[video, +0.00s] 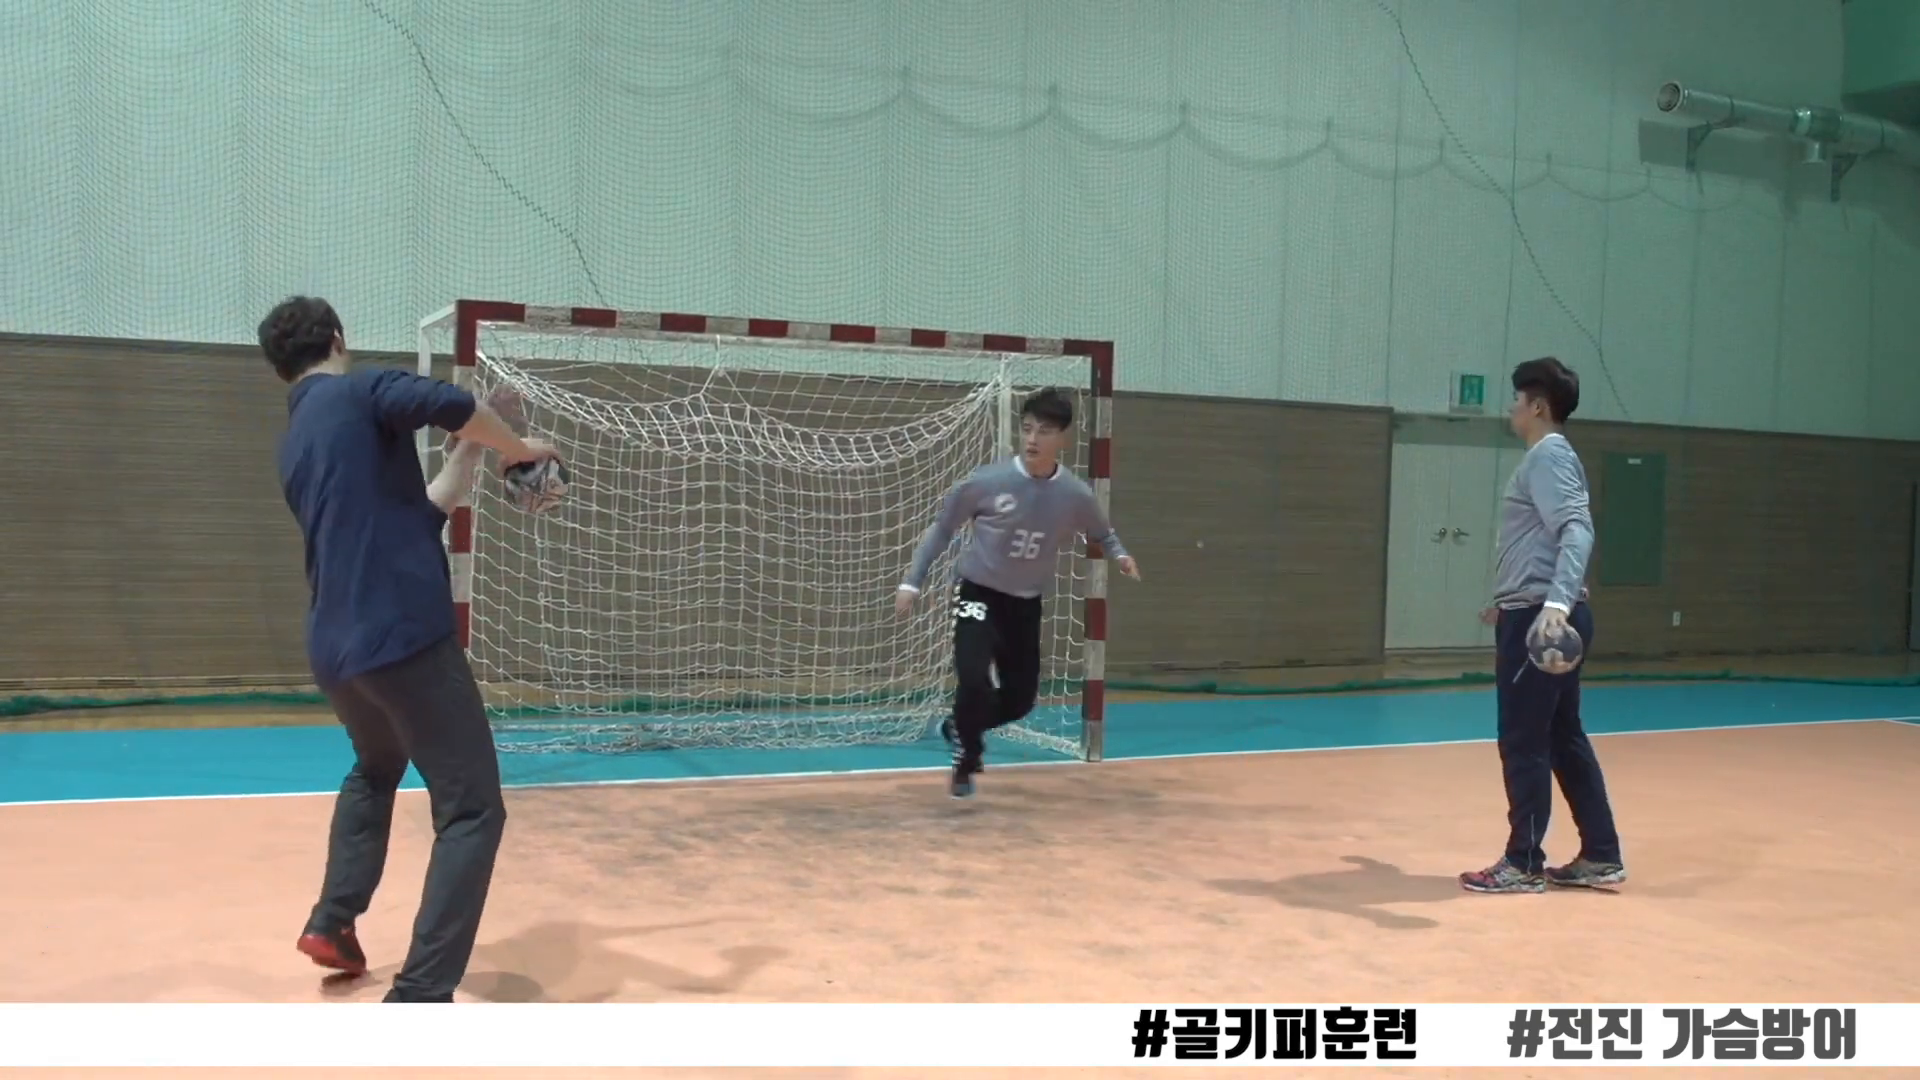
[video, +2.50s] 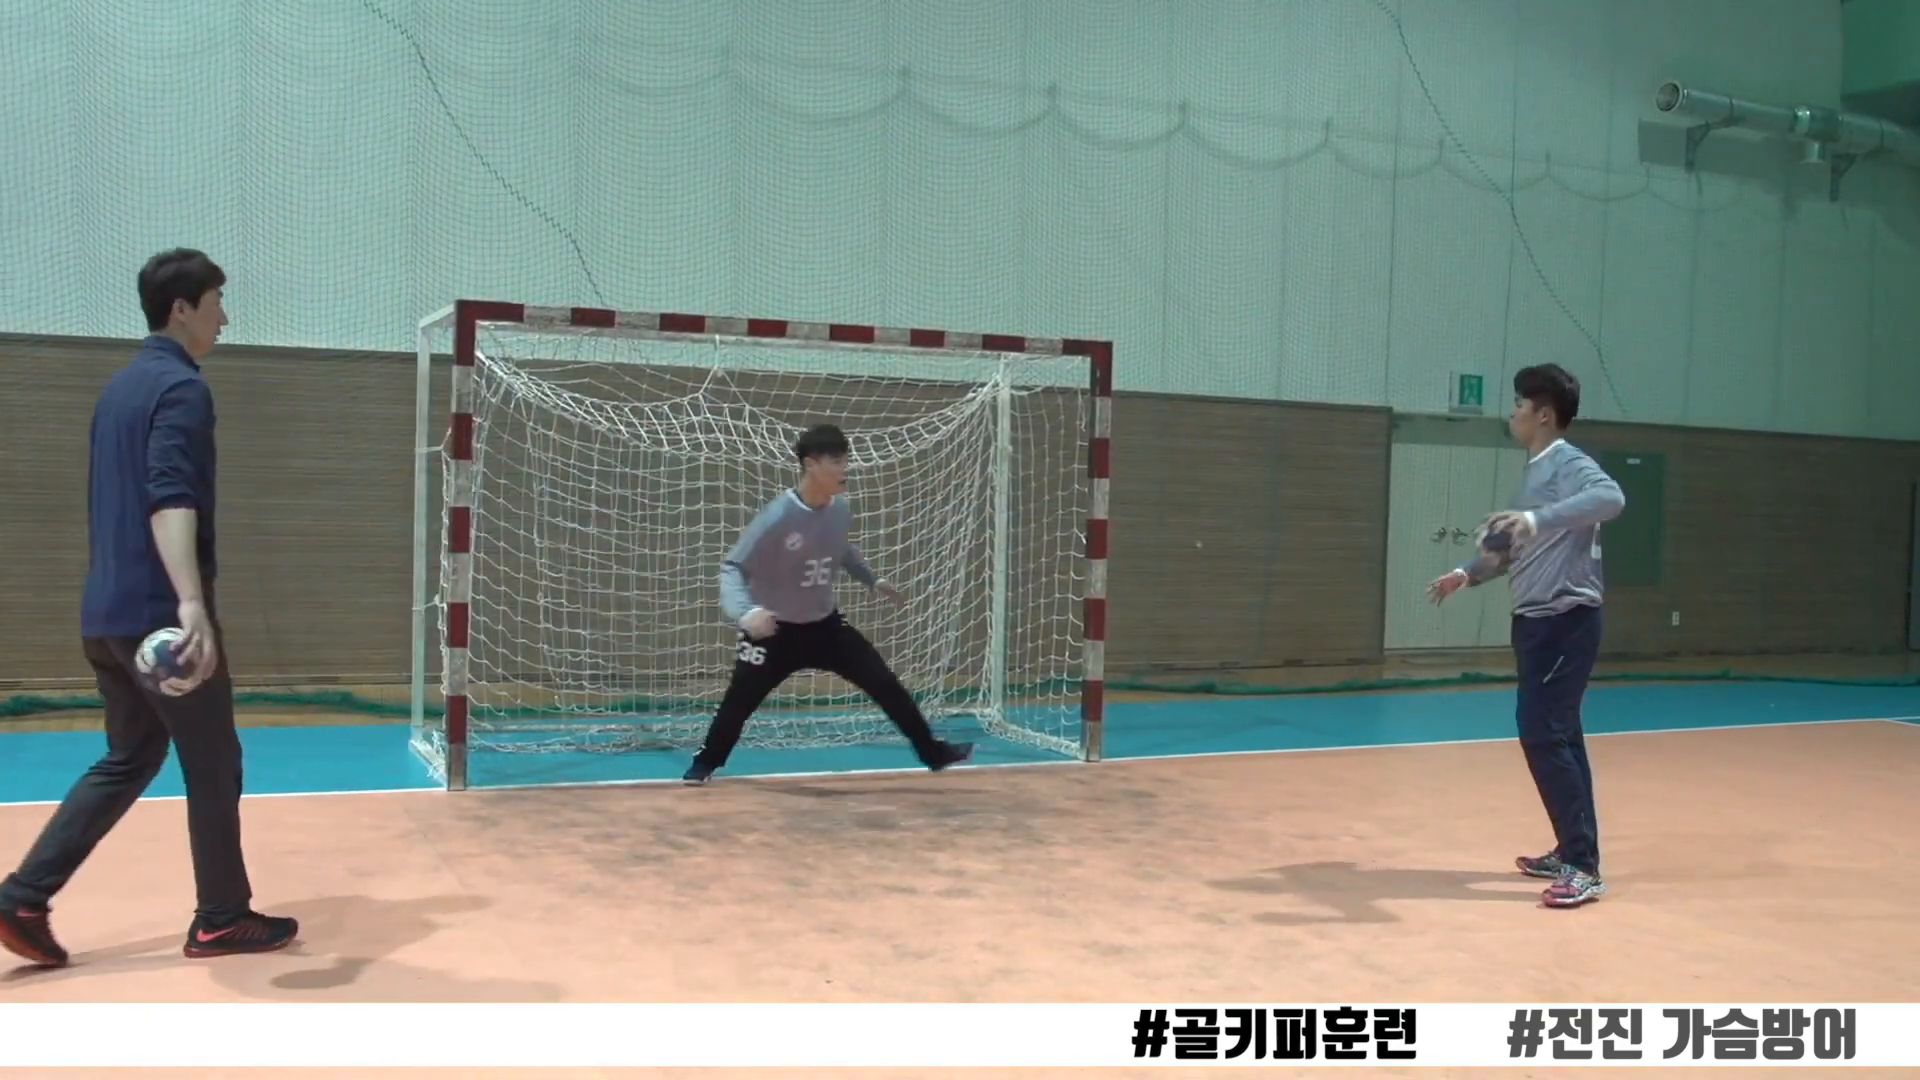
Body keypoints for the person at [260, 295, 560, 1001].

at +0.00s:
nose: (349, 344)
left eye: (342, 337)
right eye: (344, 335)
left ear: (280, 367)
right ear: (337, 339)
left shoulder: (294, 441)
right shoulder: (360, 388)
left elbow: (410, 525)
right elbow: (450, 402)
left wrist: (469, 452)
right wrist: (516, 447)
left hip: (334, 648)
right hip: (405, 635)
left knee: (375, 768)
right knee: (471, 809)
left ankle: (332, 924)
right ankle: (423, 993)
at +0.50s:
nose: (300, 408)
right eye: (293, 401)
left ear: (244, 439)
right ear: (291, 406)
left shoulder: (263, 516)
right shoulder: (316, 429)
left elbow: (276, 604)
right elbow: (352, 340)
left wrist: (308, 664)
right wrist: (266, 314)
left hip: (319, 655)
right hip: (385, 629)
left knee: (327, 758)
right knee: (428, 785)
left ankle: (317, 897)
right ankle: (420, 938)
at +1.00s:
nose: (211, 483)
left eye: (206, 476)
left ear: (210, 471)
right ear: (247, 432)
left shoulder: (229, 500)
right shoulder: (308, 439)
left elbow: (240, 576)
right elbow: (377, 432)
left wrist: (277, 630)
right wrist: (393, 418)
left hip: (306, 574)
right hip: (377, 541)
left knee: (307, 737)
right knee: (443, 658)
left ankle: (318, 897)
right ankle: (488, 752)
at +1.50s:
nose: (208, 414)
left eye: (204, 406)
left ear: (211, 402)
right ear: (255, 379)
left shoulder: (216, 454)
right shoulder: (324, 411)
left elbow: (220, 565)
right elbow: (370, 498)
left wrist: (244, 656)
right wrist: (367, 564)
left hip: (291, 572)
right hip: (367, 554)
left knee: (300, 743)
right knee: (393, 720)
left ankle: (319, 896)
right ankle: (363, 866)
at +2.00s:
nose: (294, 325)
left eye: (291, 313)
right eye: (290, 314)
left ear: (232, 323)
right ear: (272, 318)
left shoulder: (198, 406)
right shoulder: (301, 389)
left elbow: (180, 517)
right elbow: (345, 499)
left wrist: (198, 601)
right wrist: (400, 556)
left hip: (215, 598)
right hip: (280, 593)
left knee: (274, 752)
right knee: (283, 758)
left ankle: (313, 893)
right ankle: (226, 911)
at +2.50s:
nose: (224, 314)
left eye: (221, 300)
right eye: (217, 301)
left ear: (168, 311)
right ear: (182, 310)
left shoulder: (118, 390)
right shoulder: (181, 388)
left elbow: (108, 510)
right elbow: (170, 504)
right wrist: (193, 605)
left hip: (109, 619)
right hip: (164, 618)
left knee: (132, 756)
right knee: (214, 761)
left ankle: (24, 897)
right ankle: (223, 916)